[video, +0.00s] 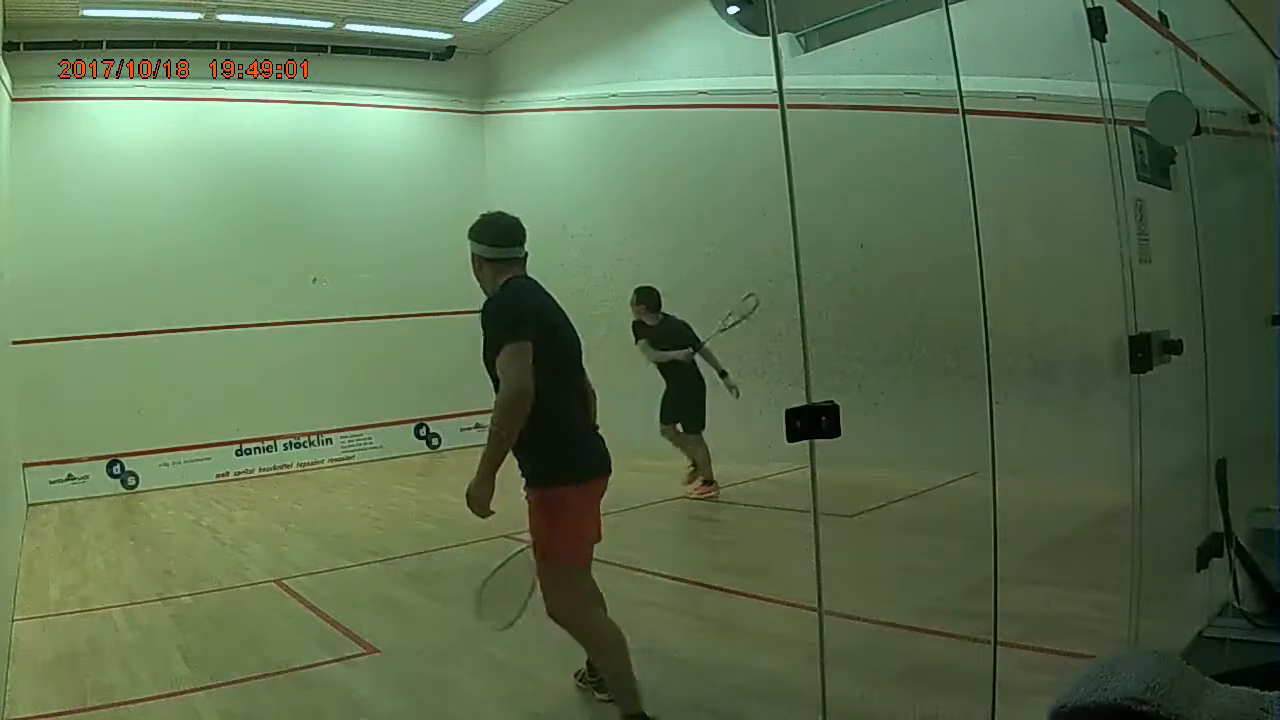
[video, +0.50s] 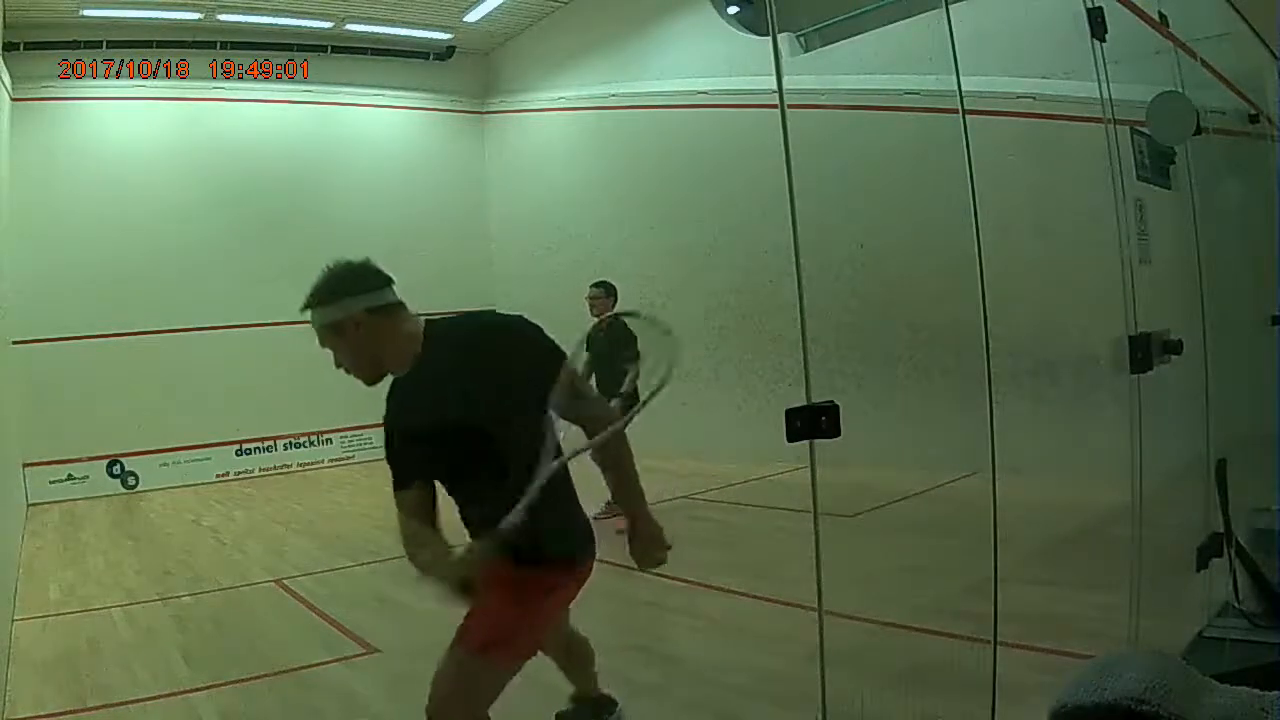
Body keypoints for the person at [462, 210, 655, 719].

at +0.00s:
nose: (471, 268)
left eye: (472, 260)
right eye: (473, 259)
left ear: (479, 262)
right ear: (520, 257)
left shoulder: (504, 304)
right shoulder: (539, 300)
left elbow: (516, 391)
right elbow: (582, 388)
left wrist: (486, 473)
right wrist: (579, 450)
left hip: (558, 472)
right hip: (581, 462)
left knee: (567, 602)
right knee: (574, 580)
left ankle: (632, 708)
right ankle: (607, 669)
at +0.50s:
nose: (336, 362)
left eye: (332, 345)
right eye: (328, 350)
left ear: (361, 325)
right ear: (362, 325)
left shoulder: (499, 339)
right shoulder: (404, 410)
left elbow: (595, 415)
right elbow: (417, 529)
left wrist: (639, 517)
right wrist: (450, 566)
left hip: (552, 550)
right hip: (498, 555)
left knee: (450, 704)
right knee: (556, 637)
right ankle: (593, 699)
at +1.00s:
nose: (261, 306)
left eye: (259, 294)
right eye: (260, 292)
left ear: (266, 296)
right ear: (341, 267)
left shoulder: (284, 411)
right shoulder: (438, 304)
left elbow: (215, 530)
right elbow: (561, 271)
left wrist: (165, 589)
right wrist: (652, 234)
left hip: (434, 626)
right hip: (529, 588)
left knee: (382, 708)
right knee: (450, 688)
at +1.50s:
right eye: (499, 270)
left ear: (446, 273)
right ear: (506, 273)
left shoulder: (413, 325)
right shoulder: (543, 340)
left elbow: (346, 389)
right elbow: (601, 447)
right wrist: (642, 527)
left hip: (450, 534)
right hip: (547, 527)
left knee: (460, 650)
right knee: (573, 687)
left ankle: (499, 718)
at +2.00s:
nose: (497, 296)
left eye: (491, 290)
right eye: (497, 290)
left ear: (457, 291)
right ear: (494, 290)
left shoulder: (425, 339)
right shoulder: (507, 338)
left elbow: (382, 400)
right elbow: (544, 415)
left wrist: (400, 459)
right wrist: (568, 466)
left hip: (447, 472)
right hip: (503, 464)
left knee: (477, 559)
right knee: (525, 561)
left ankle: (478, 607)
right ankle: (524, 664)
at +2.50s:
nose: (401, 342)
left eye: (402, 339)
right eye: (404, 338)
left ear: (405, 342)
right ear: (431, 343)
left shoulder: (389, 379)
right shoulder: (447, 375)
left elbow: (371, 426)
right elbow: (474, 421)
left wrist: (374, 456)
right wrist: (489, 451)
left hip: (413, 467)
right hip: (452, 460)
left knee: (400, 503)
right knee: (459, 488)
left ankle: (405, 550)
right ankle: (470, 534)